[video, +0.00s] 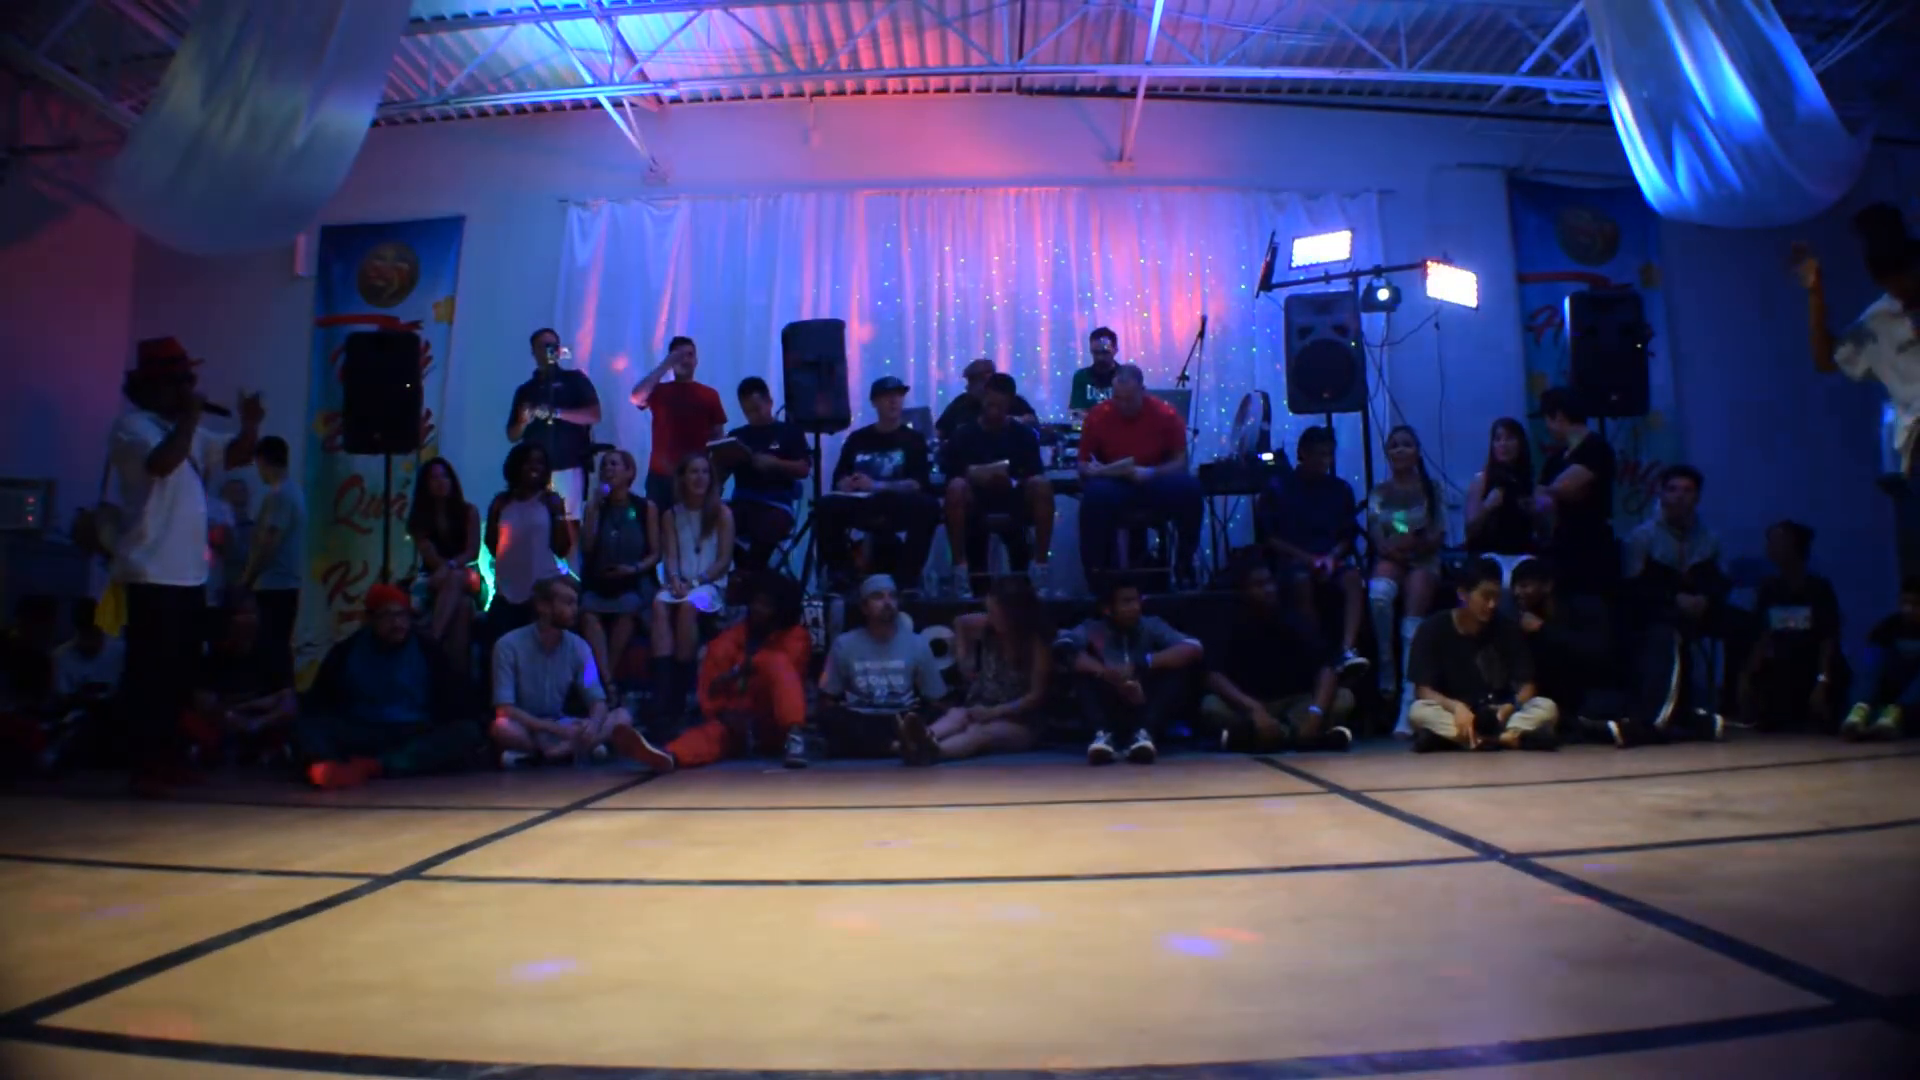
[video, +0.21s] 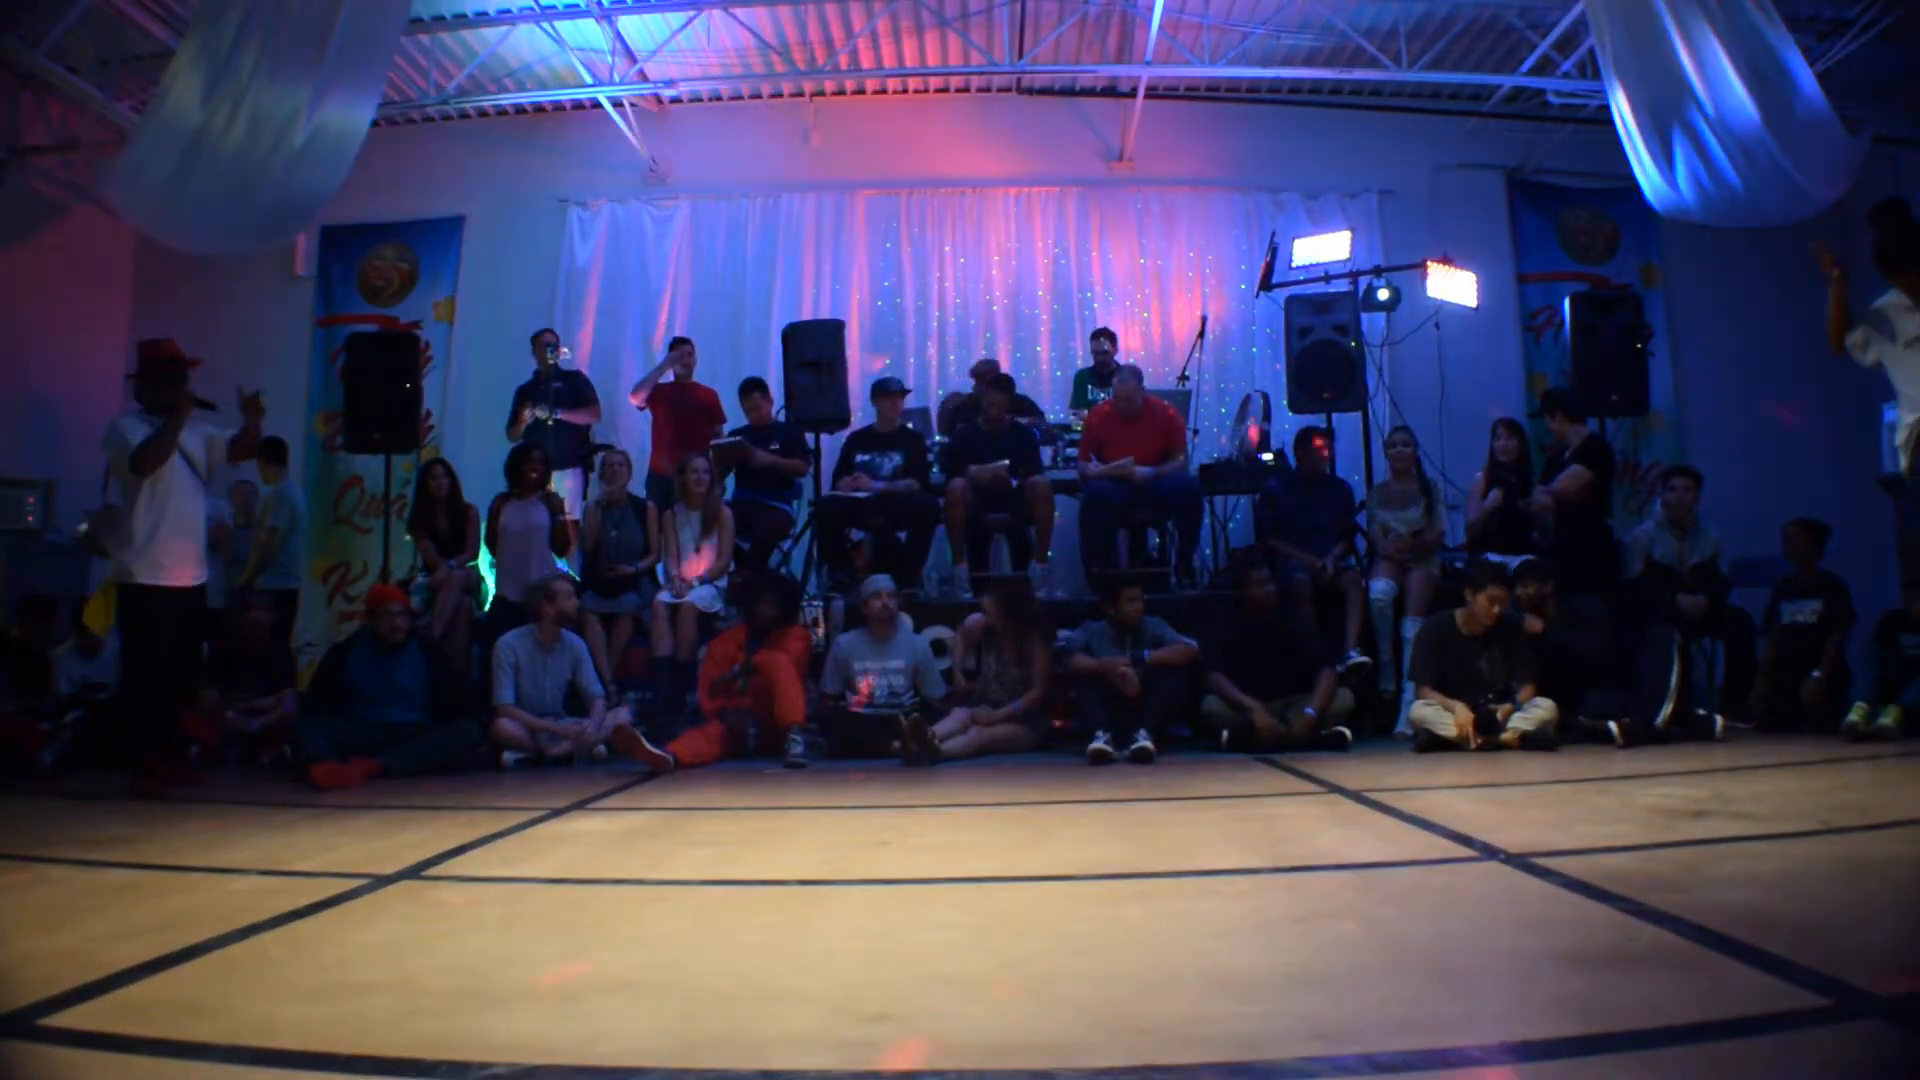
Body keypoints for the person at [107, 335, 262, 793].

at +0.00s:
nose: (189, 391)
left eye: (189, 383)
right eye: (179, 383)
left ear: (184, 386)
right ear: (154, 387)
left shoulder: (187, 433)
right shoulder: (132, 426)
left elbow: (236, 456)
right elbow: (160, 464)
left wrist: (248, 428)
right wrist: (189, 418)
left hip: (188, 577)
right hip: (151, 575)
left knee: (181, 677)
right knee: (151, 677)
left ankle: (172, 761)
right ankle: (146, 767)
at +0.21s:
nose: (180, 392)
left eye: (182, 384)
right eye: (169, 384)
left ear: (185, 390)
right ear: (146, 388)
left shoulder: (194, 432)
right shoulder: (127, 428)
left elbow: (239, 450)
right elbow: (142, 465)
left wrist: (251, 423)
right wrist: (178, 416)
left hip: (189, 581)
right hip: (145, 580)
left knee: (184, 680)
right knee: (147, 680)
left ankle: (176, 762)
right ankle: (145, 768)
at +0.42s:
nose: (182, 389)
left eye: (184, 381)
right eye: (171, 382)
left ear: (186, 387)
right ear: (147, 387)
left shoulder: (202, 435)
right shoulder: (125, 431)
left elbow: (256, 463)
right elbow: (124, 468)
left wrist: (250, 469)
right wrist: (156, 421)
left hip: (191, 585)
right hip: (142, 585)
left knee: (184, 685)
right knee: (144, 685)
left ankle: (177, 763)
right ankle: (143, 769)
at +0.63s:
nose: (173, 393)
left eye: (178, 385)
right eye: (163, 386)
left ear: (185, 388)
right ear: (144, 391)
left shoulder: (207, 437)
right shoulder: (128, 434)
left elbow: (241, 491)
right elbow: (117, 471)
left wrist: (240, 526)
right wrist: (150, 422)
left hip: (194, 585)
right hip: (142, 584)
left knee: (185, 681)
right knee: (143, 682)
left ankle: (177, 761)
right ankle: (142, 765)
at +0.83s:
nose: (169, 394)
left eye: (175, 386)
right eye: (160, 387)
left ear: (188, 388)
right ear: (144, 392)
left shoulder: (211, 441)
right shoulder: (130, 433)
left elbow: (232, 505)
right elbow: (116, 470)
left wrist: (223, 552)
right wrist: (153, 423)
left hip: (192, 586)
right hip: (141, 586)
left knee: (185, 683)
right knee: (143, 683)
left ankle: (178, 761)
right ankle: (143, 766)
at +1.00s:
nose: (176, 396)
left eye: (181, 388)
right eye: (166, 389)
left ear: (193, 391)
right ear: (151, 393)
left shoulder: (213, 442)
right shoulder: (138, 435)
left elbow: (235, 506)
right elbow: (119, 470)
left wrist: (220, 556)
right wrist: (157, 423)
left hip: (195, 582)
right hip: (146, 579)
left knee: (187, 676)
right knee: (146, 675)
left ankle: (179, 757)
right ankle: (143, 760)